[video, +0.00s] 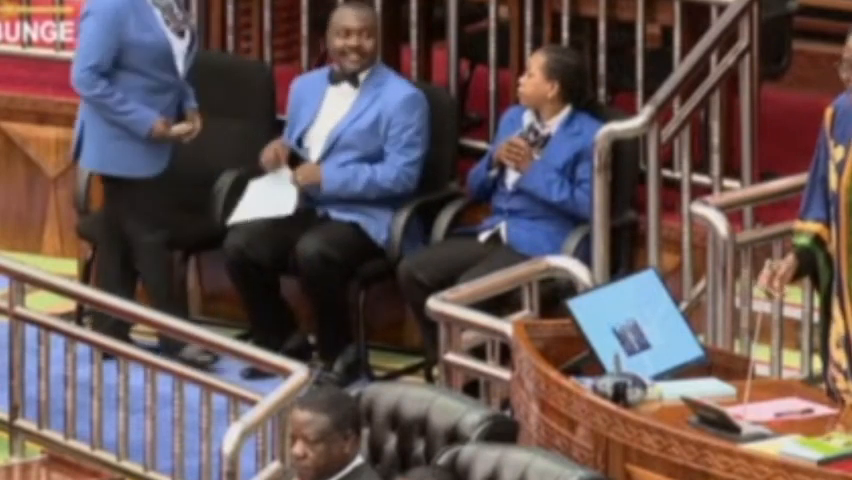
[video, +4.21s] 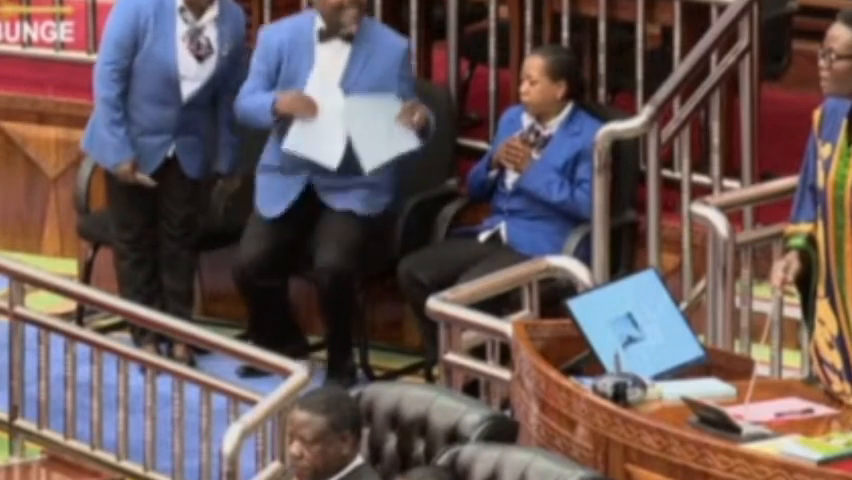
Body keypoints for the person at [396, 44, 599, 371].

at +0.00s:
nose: (520, 80)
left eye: (529, 75)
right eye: (523, 73)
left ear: (552, 88)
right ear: (550, 87)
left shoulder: (589, 135)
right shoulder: (513, 119)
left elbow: (590, 207)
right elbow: (475, 189)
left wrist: (530, 171)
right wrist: (495, 163)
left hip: (538, 250)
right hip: (494, 237)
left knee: (462, 297)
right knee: (414, 271)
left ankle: (482, 380)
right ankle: (446, 365)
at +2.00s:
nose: (518, 87)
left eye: (527, 80)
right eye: (521, 78)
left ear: (553, 91)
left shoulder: (589, 135)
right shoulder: (512, 120)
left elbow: (590, 207)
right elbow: (475, 190)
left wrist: (530, 172)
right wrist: (494, 164)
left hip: (538, 250)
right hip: (494, 236)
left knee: (463, 296)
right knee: (414, 271)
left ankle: (485, 379)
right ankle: (446, 366)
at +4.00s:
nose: (523, 91)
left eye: (532, 83)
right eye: (522, 81)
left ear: (560, 90)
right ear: (519, 83)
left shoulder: (590, 135)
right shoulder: (512, 119)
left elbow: (589, 207)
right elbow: (474, 189)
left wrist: (529, 171)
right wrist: (494, 163)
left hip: (539, 250)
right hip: (494, 237)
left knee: (461, 298)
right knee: (413, 271)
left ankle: (482, 380)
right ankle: (447, 363)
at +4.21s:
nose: (523, 91)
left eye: (532, 83)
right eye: (522, 81)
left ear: (561, 90)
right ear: (519, 83)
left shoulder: (590, 135)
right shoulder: (512, 119)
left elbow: (589, 206)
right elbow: (475, 190)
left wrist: (529, 171)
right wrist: (494, 164)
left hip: (539, 250)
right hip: (495, 237)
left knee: (462, 297)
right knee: (414, 271)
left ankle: (485, 379)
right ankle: (447, 364)